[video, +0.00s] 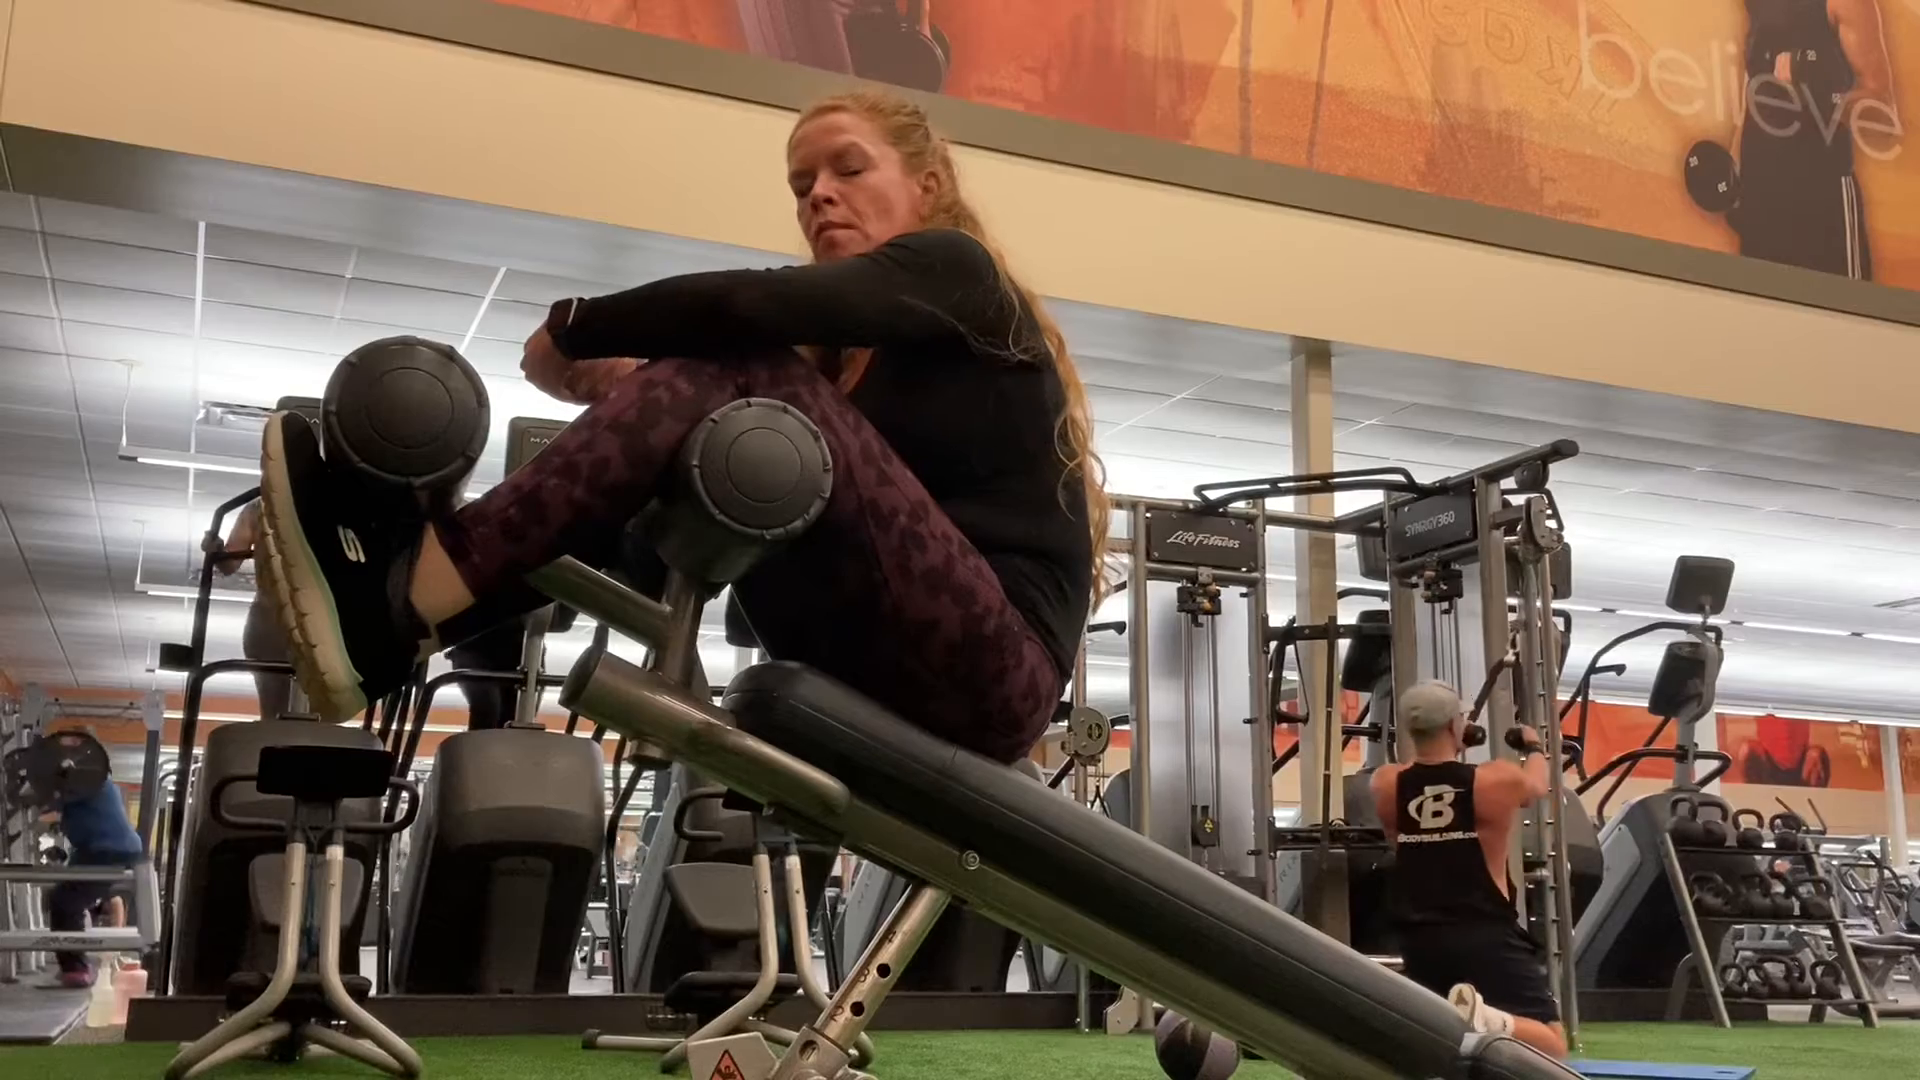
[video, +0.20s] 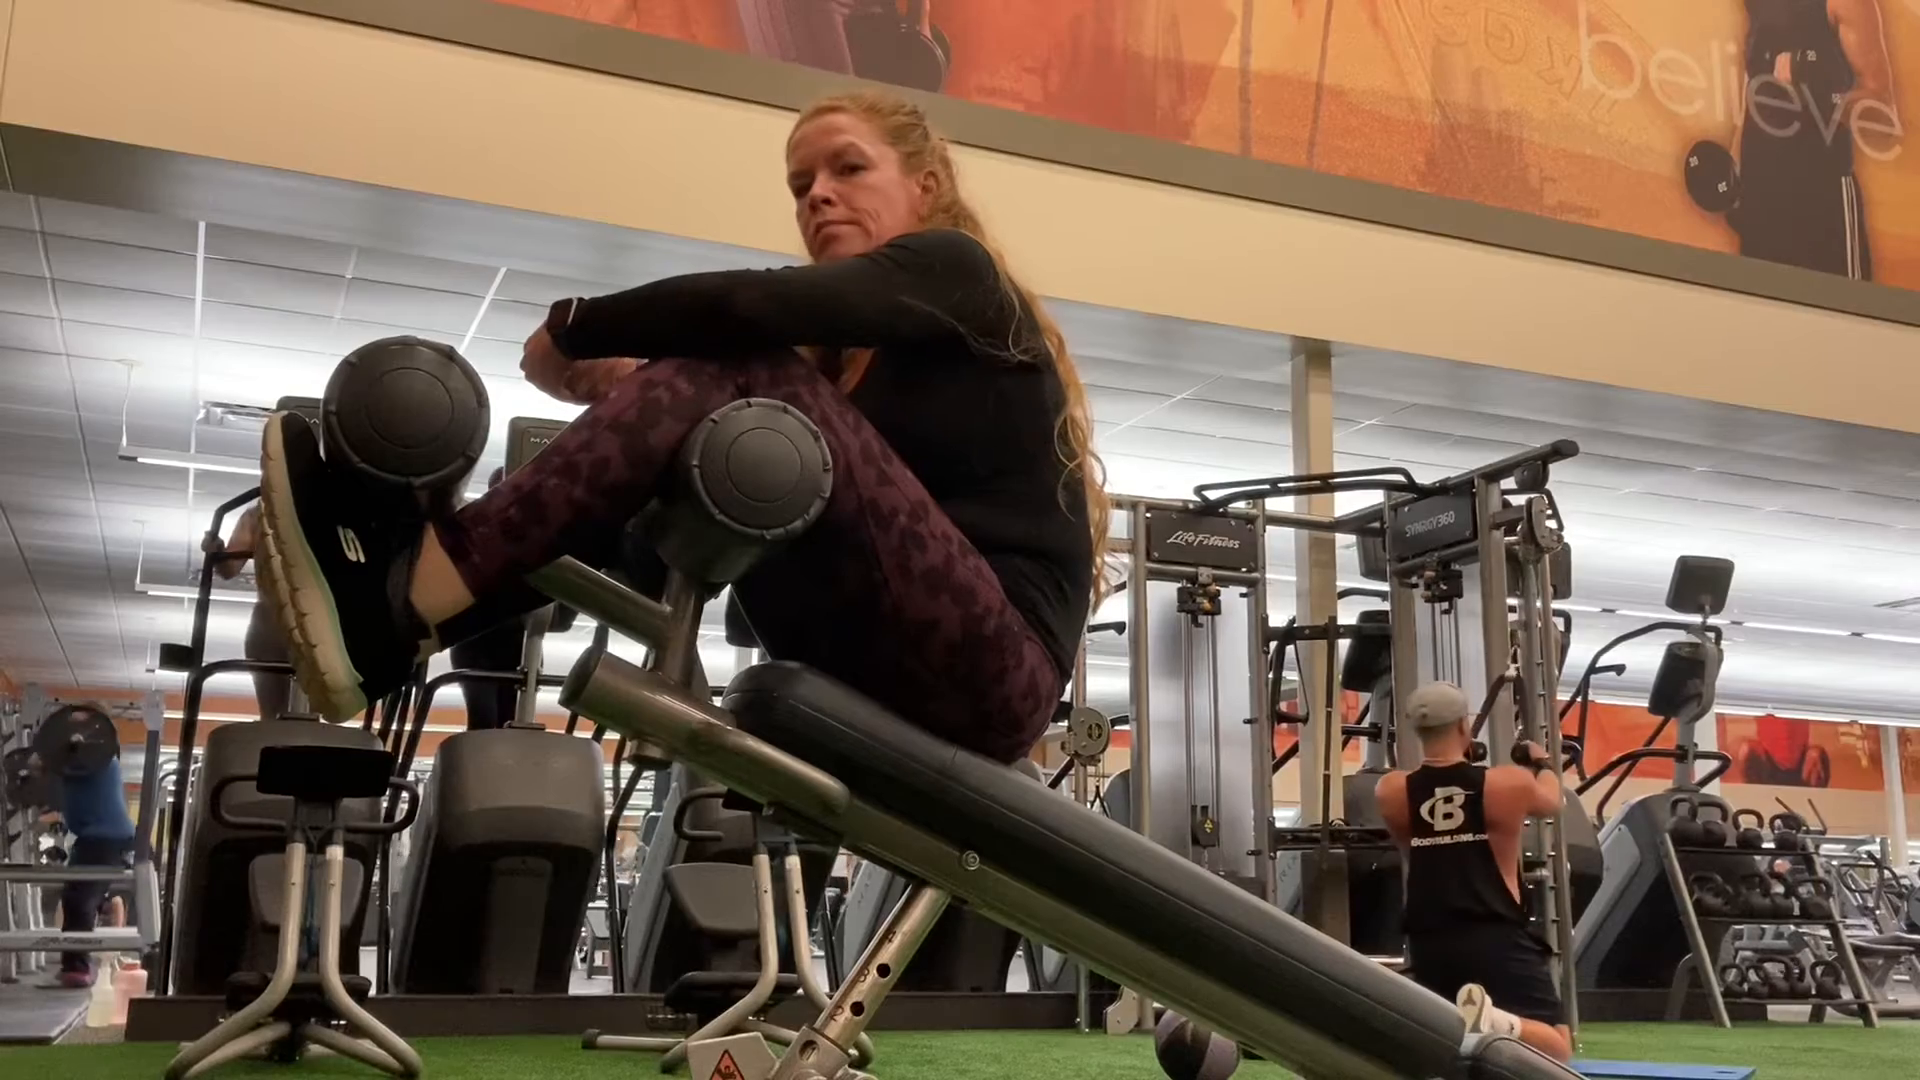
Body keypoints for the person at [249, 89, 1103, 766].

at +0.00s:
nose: (818, 197)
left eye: (847, 170)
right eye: (803, 184)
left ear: (926, 182)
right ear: (796, 208)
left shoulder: (959, 270)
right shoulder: (840, 335)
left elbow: (756, 303)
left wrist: (568, 336)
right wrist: (631, 386)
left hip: (990, 668)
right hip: (869, 658)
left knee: (759, 369)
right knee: (695, 408)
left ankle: (425, 592)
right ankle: (410, 589)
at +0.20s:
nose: (819, 197)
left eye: (848, 170)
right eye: (803, 183)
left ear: (927, 183)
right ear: (793, 209)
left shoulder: (960, 271)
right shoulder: (842, 334)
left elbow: (753, 304)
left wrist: (568, 336)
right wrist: (631, 386)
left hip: (991, 667)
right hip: (872, 659)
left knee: (761, 369)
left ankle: (427, 590)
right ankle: (404, 599)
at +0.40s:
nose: (821, 198)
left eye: (851, 171)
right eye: (806, 184)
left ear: (930, 185)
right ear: (798, 209)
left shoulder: (961, 272)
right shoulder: (847, 334)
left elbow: (758, 305)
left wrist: (568, 335)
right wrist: (632, 386)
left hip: (989, 668)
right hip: (872, 659)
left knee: (760, 365)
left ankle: (424, 590)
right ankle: (408, 592)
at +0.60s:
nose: (820, 199)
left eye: (850, 171)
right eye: (804, 185)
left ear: (929, 183)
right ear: (796, 212)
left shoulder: (960, 272)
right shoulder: (849, 332)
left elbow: (764, 304)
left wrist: (570, 333)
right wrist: (636, 385)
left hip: (990, 670)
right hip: (876, 661)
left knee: (765, 367)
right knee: (709, 400)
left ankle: (426, 588)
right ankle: (410, 589)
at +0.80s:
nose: (818, 205)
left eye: (845, 175)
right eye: (804, 190)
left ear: (927, 182)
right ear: (797, 213)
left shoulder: (960, 272)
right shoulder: (853, 333)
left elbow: (767, 308)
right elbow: (767, 381)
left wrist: (568, 332)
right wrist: (634, 386)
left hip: (991, 668)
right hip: (885, 659)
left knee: (766, 366)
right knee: (714, 396)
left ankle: (428, 588)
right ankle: (416, 587)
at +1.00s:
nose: (814, 222)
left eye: (839, 191)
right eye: (807, 204)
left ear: (927, 186)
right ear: (808, 214)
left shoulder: (974, 281)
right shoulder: (866, 325)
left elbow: (775, 318)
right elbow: (769, 375)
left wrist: (555, 308)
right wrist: (613, 389)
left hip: (992, 671)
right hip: (889, 656)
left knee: (775, 379)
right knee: (723, 393)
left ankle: (429, 589)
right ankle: (415, 598)